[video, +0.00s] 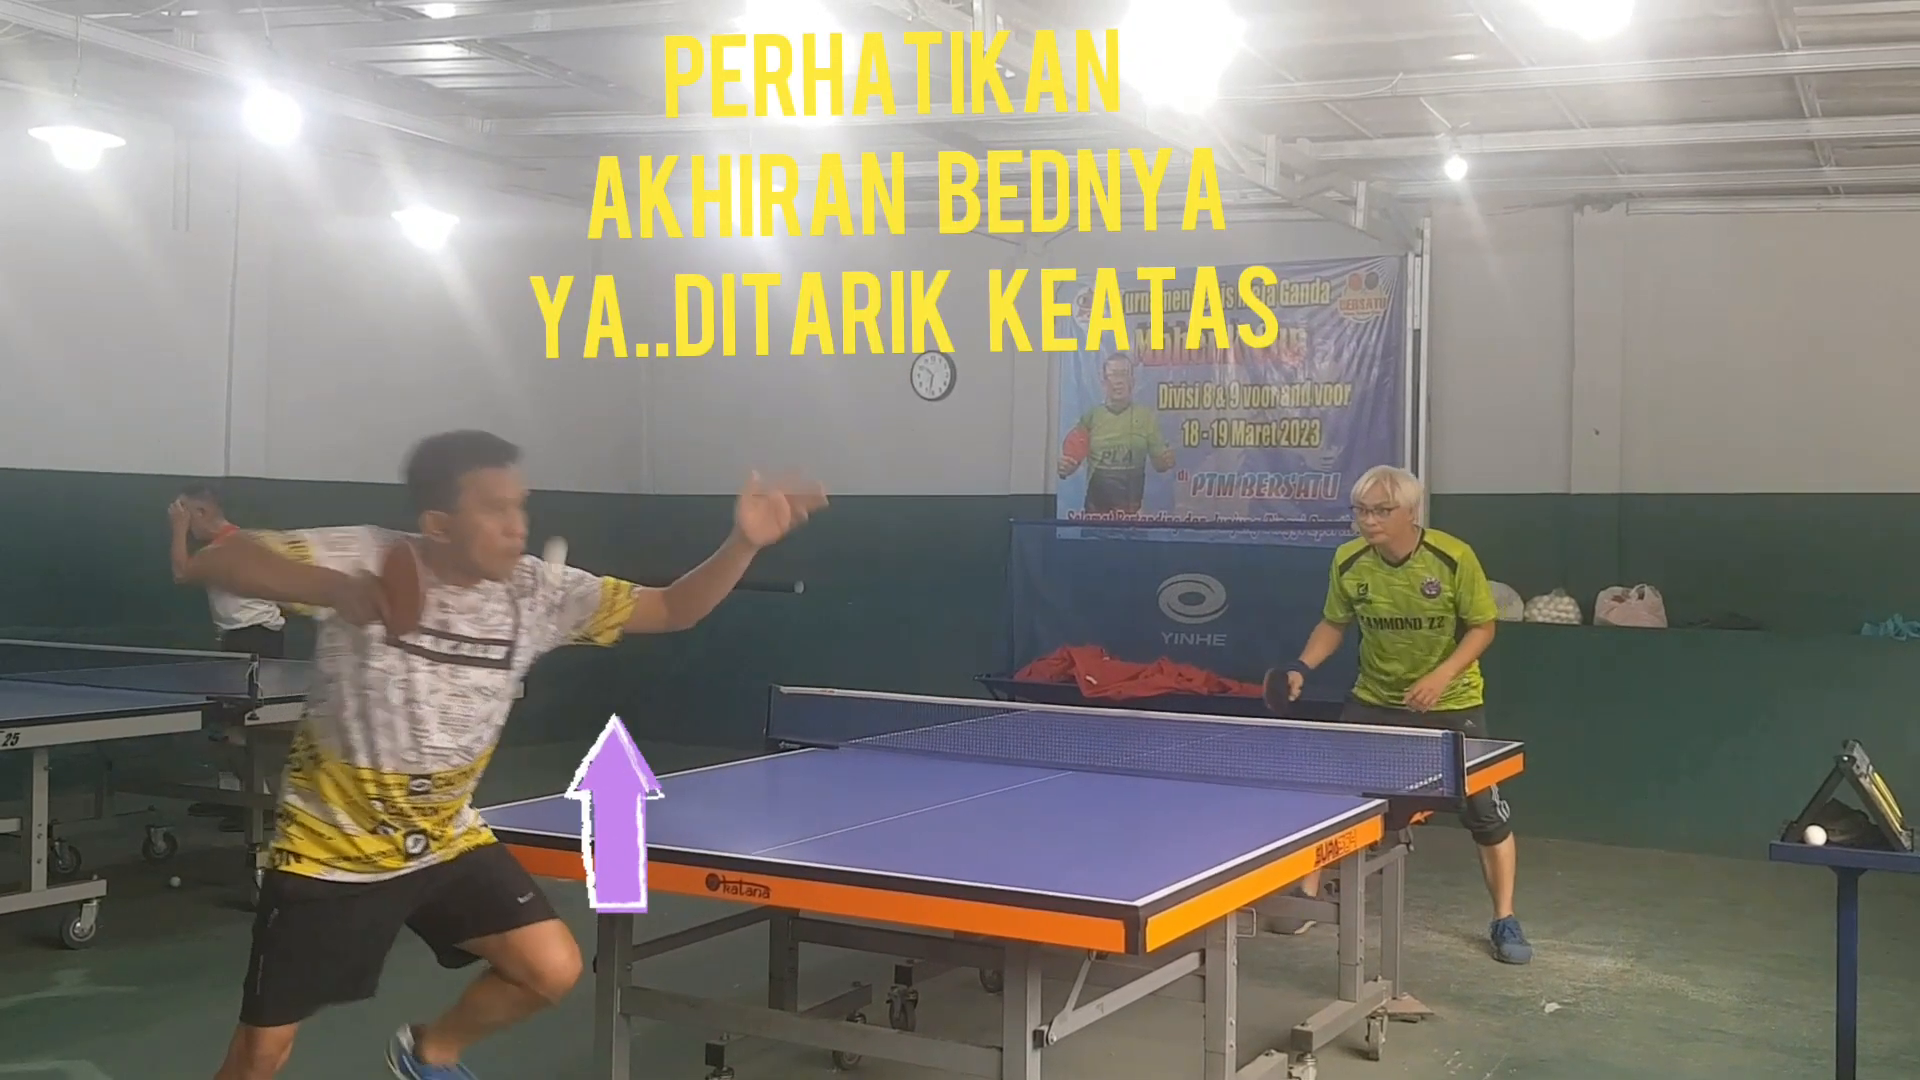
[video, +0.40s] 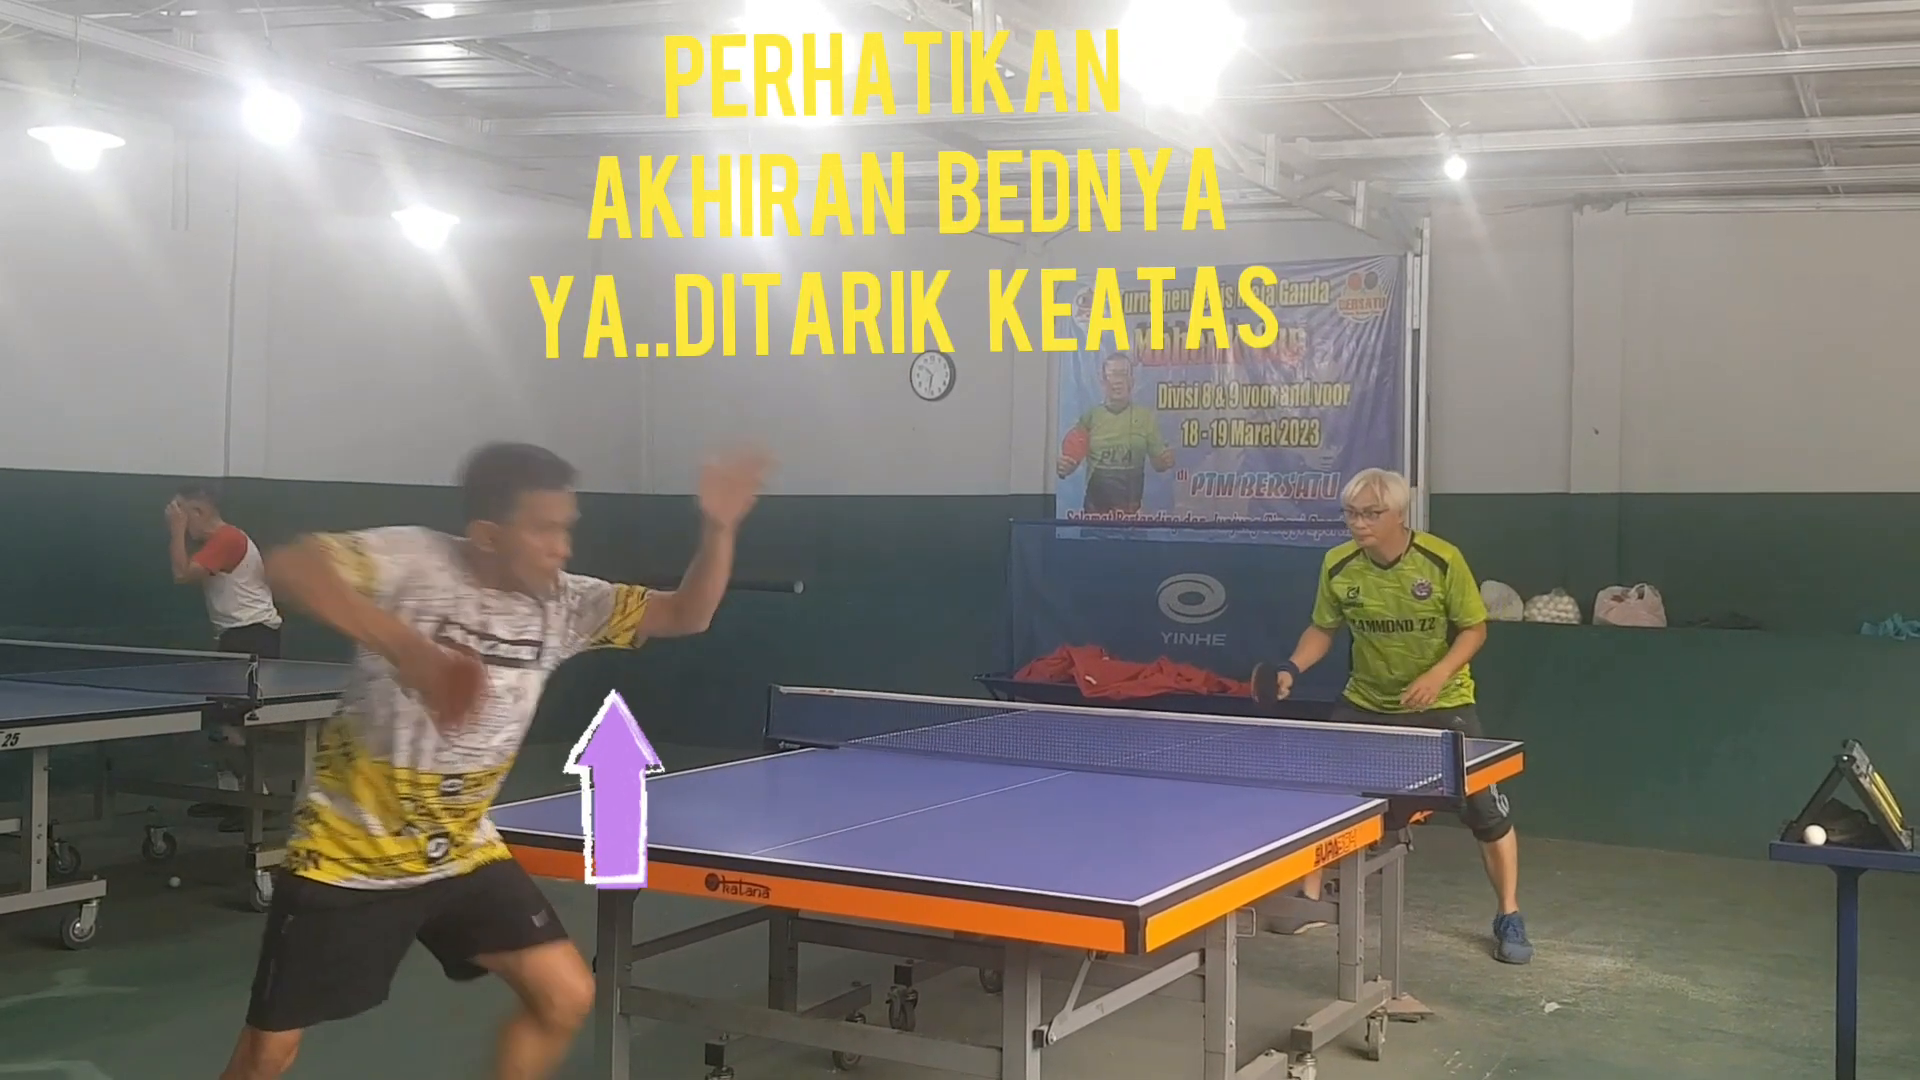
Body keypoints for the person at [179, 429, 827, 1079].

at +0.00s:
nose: (518, 527)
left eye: (520, 508)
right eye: (497, 509)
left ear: (520, 515)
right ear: (434, 518)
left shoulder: (538, 590)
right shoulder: (371, 559)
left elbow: (671, 609)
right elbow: (208, 559)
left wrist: (745, 544)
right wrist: (350, 591)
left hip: (445, 835)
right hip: (328, 842)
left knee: (551, 971)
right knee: (261, 1051)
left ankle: (429, 1052)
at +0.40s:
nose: (564, 548)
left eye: (568, 529)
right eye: (547, 529)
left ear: (565, 530)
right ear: (487, 532)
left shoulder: (566, 602)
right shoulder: (411, 558)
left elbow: (689, 612)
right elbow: (290, 565)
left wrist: (719, 531)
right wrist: (411, 652)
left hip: (459, 844)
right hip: (346, 846)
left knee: (565, 996)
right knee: (267, 1054)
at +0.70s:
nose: (620, 582)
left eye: (623, 564)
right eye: (611, 561)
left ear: (569, 559)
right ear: (552, 554)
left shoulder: (590, 628)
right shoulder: (459, 572)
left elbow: (685, 640)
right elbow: (343, 605)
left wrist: (681, 533)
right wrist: (474, 660)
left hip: (485, 871)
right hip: (369, 868)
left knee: (578, 1028)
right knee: (293, 1062)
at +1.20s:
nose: (676, 625)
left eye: (681, 609)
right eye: (672, 605)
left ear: (625, 601)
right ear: (624, 596)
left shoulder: (615, 671)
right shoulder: (504, 604)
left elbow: (703, 710)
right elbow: (374, 679)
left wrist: (702, 591)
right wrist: (491, 608)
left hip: (506, 892)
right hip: (401, 887)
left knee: (611, 1034)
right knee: (353, 1071)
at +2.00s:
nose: (695, 636)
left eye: (699, 621)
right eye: (695, 619)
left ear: (653, 614)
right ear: (659, 614)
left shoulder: (640, 691)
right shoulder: (526, 619)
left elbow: (716, 761)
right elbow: (394, 707)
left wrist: (747, 672)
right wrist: (483, 657)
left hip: (508, 890)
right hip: (411, 877)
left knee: (618, 1028)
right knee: (405, 1070)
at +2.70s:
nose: (671, 616)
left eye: (674, 600)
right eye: (670, 598)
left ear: (626, 592)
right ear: (631, 591)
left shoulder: (607, 672)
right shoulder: (495, 613)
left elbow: (679, 758)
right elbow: (406, 717)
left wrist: (726, 702)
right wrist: (533, 695)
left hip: (490, 887)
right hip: (398, 878)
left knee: (600, 1027)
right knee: (402, 1075)